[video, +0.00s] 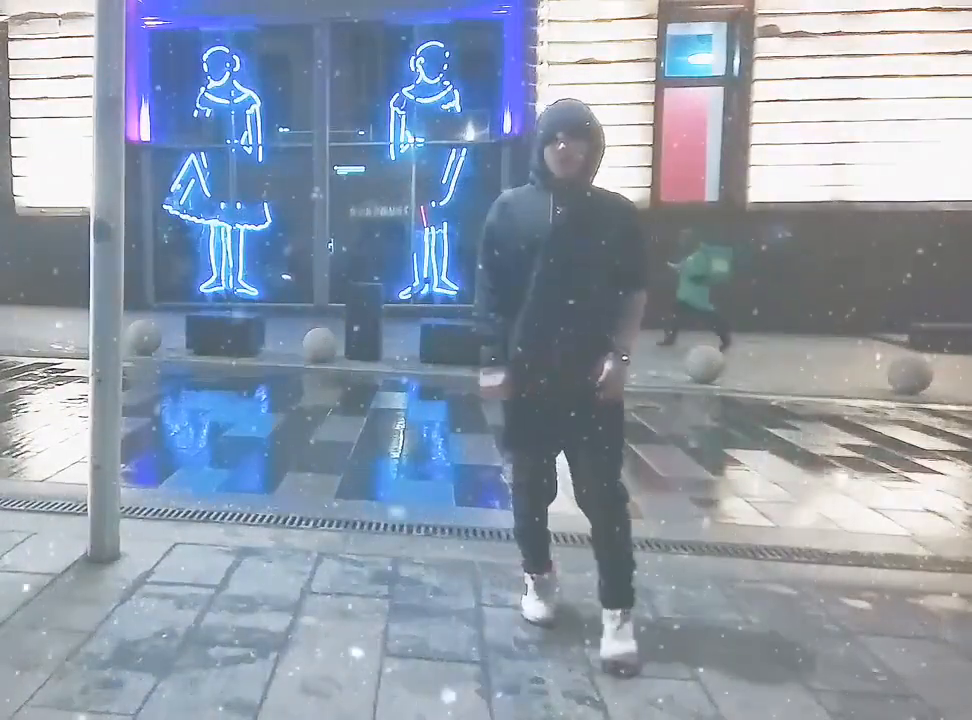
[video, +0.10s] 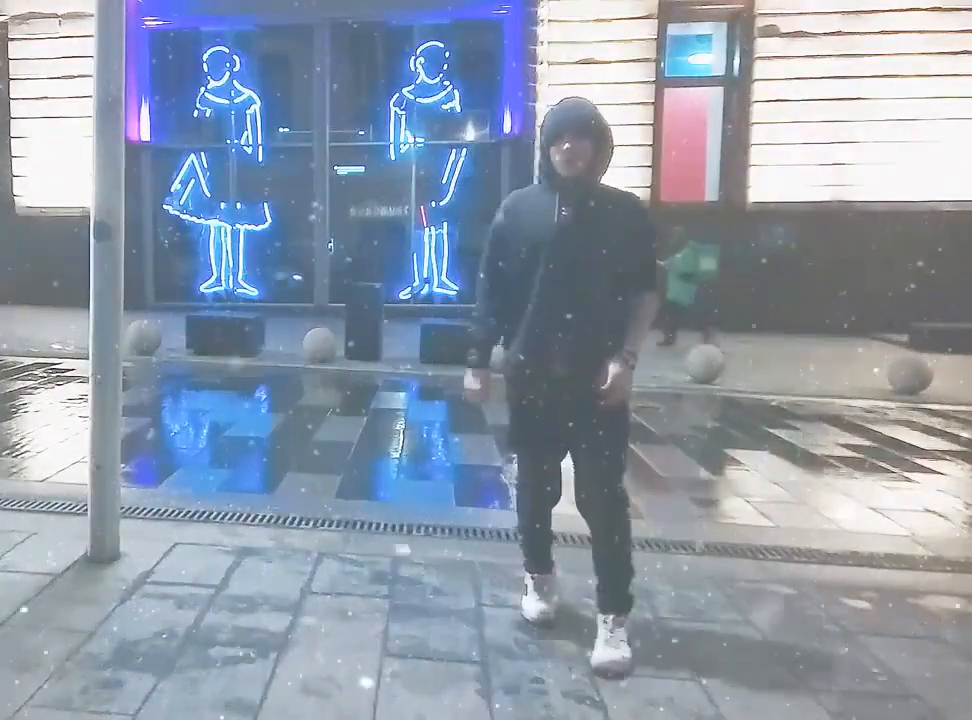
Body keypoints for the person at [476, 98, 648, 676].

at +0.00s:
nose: (565, 149)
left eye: (577, 140)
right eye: (556, 140)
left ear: (594, 149)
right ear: (540, 148)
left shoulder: (617, 215)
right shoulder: (510, 209)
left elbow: (633, 291)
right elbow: (489, 293)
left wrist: (621, 355)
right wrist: (491, 362)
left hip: (593, 372)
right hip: (526, 372)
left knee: (602, 493)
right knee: (529, 486)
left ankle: (617, 612)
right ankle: (539, 578)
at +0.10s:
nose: (574, 150)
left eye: (585, 140)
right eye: (564, 140)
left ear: (602, 148)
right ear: (546, 147)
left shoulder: (627, 214)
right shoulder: (517, 210)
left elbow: (647, 292)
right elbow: (491, 290)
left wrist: (626, 359)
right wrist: (479, 361)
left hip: (599, 375)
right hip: (532, 374)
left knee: (603, 498)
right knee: (535, 488)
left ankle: (612, 618)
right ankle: (538, 579)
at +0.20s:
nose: (577, 145)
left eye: (588, 135)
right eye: (567, 135)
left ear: (610, 143)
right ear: (552, 144)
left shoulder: (639, 210)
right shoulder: (524, 208)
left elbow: (657, 292)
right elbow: (496, 288)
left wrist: (633, 357)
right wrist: (476, 356)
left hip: (609, 376)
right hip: (540, 374)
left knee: (608, 499)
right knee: (539, 489)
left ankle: (613, 623)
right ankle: (539, 582)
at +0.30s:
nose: (582, 140)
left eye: (594, 130)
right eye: (572, 131)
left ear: (616, 140)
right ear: (559, 141)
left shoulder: (646, 205)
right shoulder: (533, 205)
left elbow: (678, 284)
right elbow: (504, 286)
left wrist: (641, 354)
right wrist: (480, 351)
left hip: (617, 378)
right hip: (548, 376)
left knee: (617, 507)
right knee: (541, 493)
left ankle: (613, 627)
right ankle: (541, 580)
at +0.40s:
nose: (587, 138)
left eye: (600, 127)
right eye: (577, 129)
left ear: (623, 137)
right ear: (566, 140)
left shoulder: (660, 206)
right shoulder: (542, 206)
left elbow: (684, 289)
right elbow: (515, 291)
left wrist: (648, 354)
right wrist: (490, 351)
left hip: (626, 382)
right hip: (556, 379)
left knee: (625, 511)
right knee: (541, 494)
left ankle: (614, 626)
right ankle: (539, 575)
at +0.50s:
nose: (594, 137)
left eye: (606, 126)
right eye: (584, 128)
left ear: (628, 136)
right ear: (572, 140)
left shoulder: (666, 205)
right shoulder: (552, 207)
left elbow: (691, 289)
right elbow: (530, 293)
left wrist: (653, 353)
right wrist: (507, 351)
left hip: (629, 387)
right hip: (558, 384)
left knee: (627, 516)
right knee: (537, 497)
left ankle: (615, 627)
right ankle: (544, 573)